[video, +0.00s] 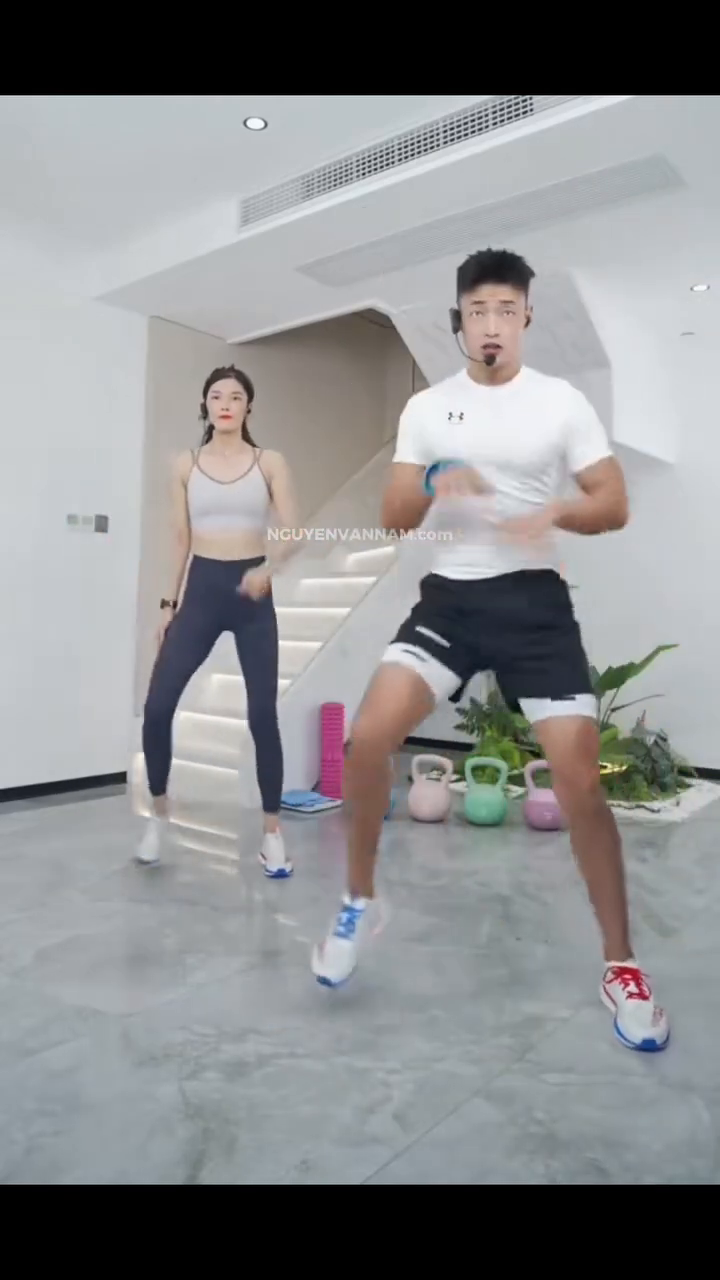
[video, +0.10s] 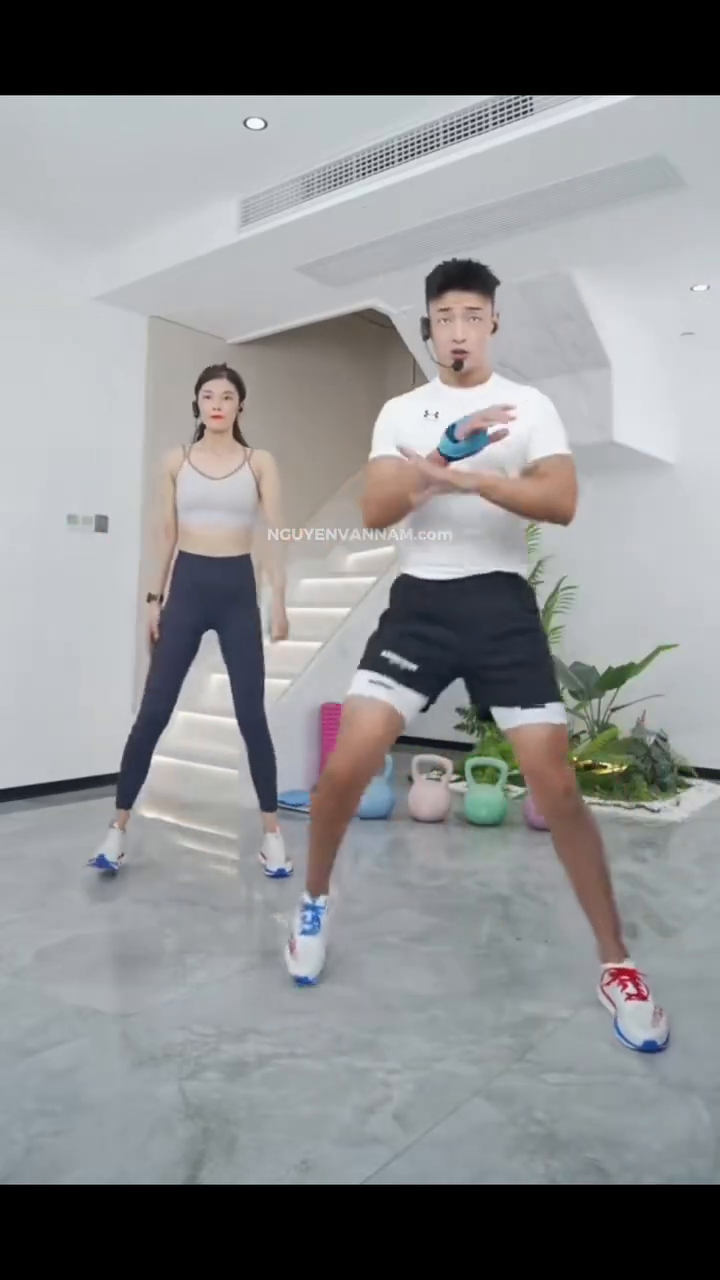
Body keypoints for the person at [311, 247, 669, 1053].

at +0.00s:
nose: (491, 328)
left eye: (506, 313)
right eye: (477, 314)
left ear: (528, 321)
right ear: (459, 322)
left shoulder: (562, 403)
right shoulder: (426, 409)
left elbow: (612, 506)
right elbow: (393, 514)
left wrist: (552, 514)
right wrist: (434, 489)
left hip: (535, 609)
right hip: (445, 606)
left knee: (581, 782)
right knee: (367, 739)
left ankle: (620, 966)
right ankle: (359, 901)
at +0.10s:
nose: (458, 331)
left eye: (471, 317)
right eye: (445, 318)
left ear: (495, 324)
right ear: (427, 330)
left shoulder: (528, 404)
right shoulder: (403, 412)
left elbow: (561, 502)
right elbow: (376, 511)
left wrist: (464, 480)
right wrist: (448, 453)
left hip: (504, 608)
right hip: (416, 607)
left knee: (556, 786)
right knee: (344, 771)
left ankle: (618, 967)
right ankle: (313, 903)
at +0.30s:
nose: (406, 354)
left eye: (421, 341)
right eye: (396, 339)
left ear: (442, 351)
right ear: (378, 346)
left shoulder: (460, 432)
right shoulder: (335, 424)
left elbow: (492, 521)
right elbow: (309, 517)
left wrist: (426, 518)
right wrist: (372, 504)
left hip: (439, 618)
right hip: (356, 621)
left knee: (511, 757)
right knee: (317, 779)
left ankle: (550, 936)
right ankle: (309, 915)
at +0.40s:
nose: (397, 330)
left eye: (412, 318)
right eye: (386, 317)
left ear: (433, 326)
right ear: (369, 322)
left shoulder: (453, 410)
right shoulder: (327, 398)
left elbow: (494, 507)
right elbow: (279, 484)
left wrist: (442, 556)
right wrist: (310, 510)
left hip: (424, 585)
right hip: (345, 587)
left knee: (461, 719)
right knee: (317, 750)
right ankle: (308, 909)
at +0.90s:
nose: (410, 346)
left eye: (423, 333)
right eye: (397, 335)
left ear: (444, 343)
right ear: (383, 349)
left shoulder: (474, 425)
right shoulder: (355, 426)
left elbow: (506, 508)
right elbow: (330, 511)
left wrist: (514, 570)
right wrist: (327, 551)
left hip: (453, 602)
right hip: (373, 606)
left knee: (521, 743)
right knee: (333, 764)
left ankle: (524, 874)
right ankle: (296, 902)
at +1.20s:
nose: (493, 380)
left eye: (505, 367)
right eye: (480, 368)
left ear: (523, 370)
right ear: (461, 374)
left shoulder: (555, 436)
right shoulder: (435, 443)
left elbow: (589, 513)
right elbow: (421, 529)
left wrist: (605, 576)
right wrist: (423, 596)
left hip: (543, 606)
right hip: (463, 607)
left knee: (576, 749)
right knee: (421, 724)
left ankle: (583, 898)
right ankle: (392, 874)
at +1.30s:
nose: (514, 383)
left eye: (526, 370)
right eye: (501, 370)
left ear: (542, 372)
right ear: (480, 374)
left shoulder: (569, 440)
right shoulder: (446, 446)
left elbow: (604, 519)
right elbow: (433, 534)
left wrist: (620, 581)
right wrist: (441, 598)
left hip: (549, 602)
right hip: (473, 605)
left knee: (575, 750)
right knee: (480, 726)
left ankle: (588, 896)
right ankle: (483, 873)